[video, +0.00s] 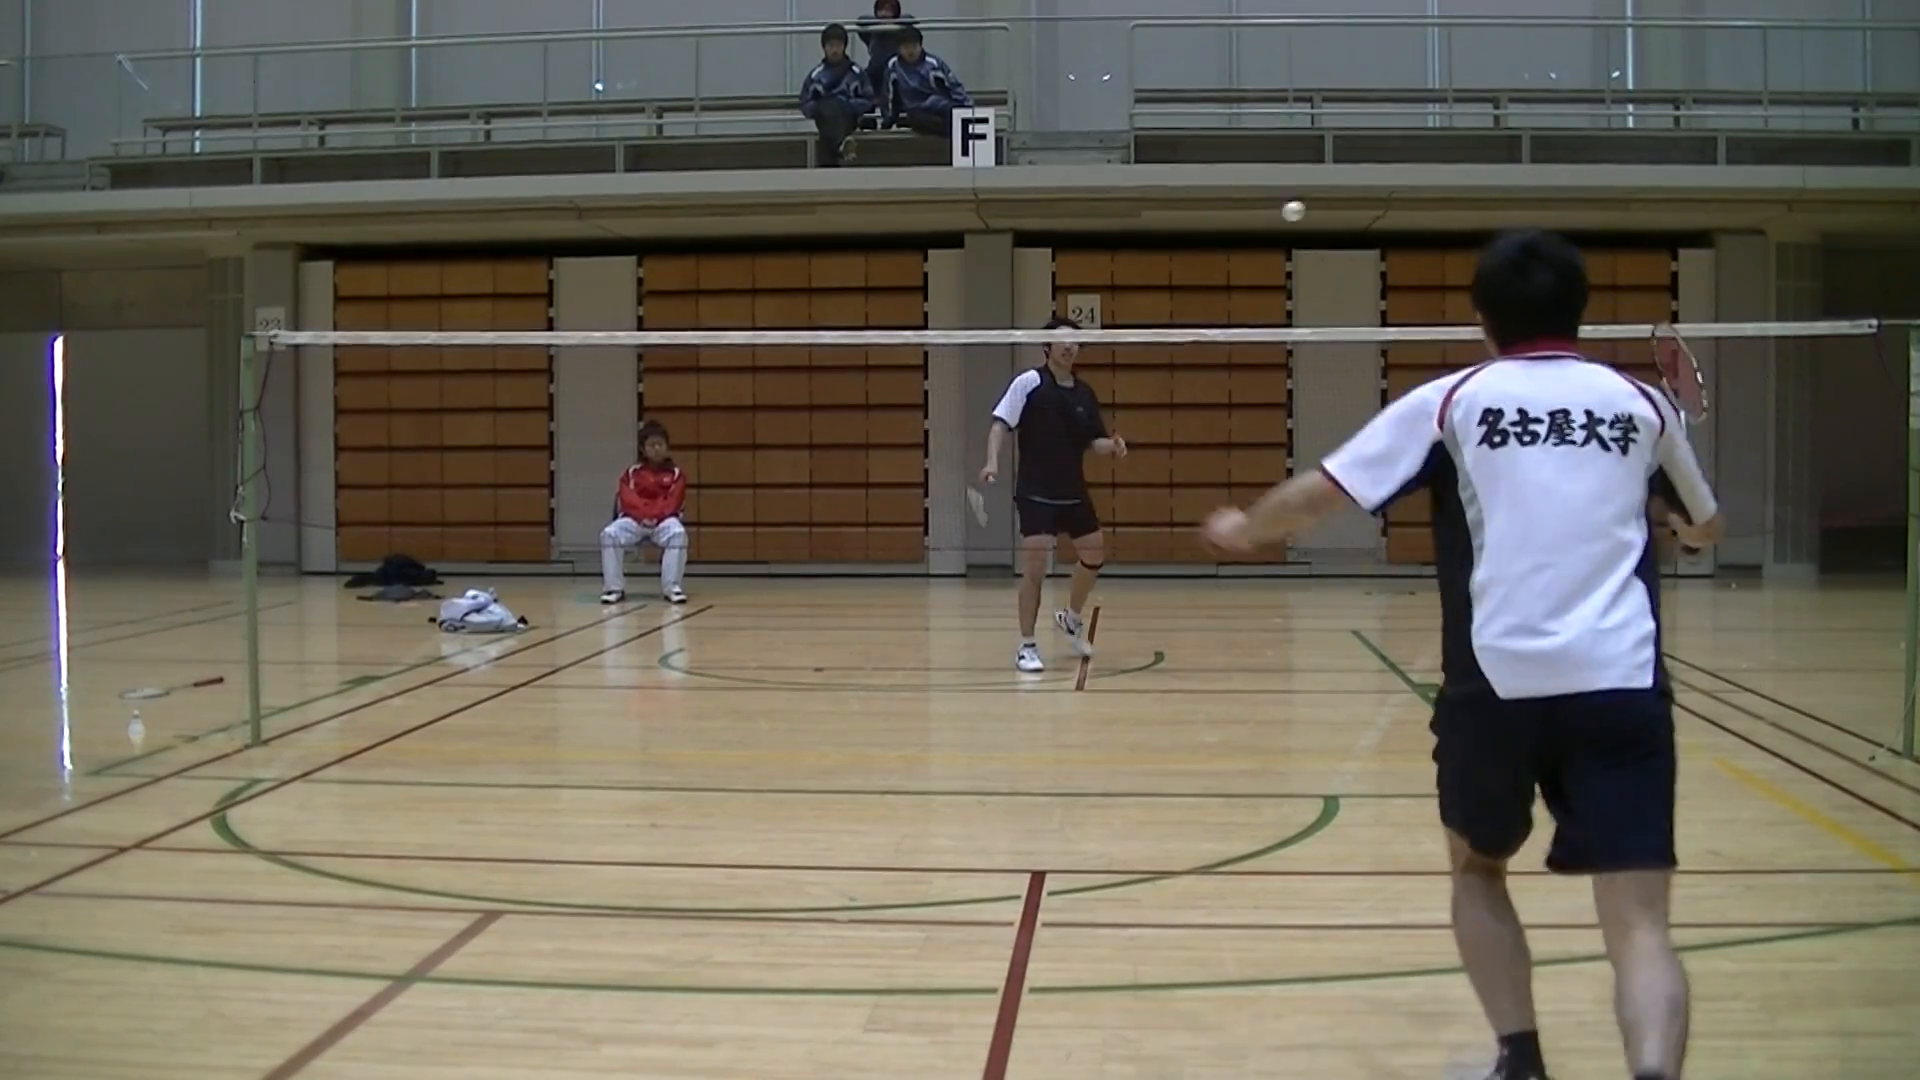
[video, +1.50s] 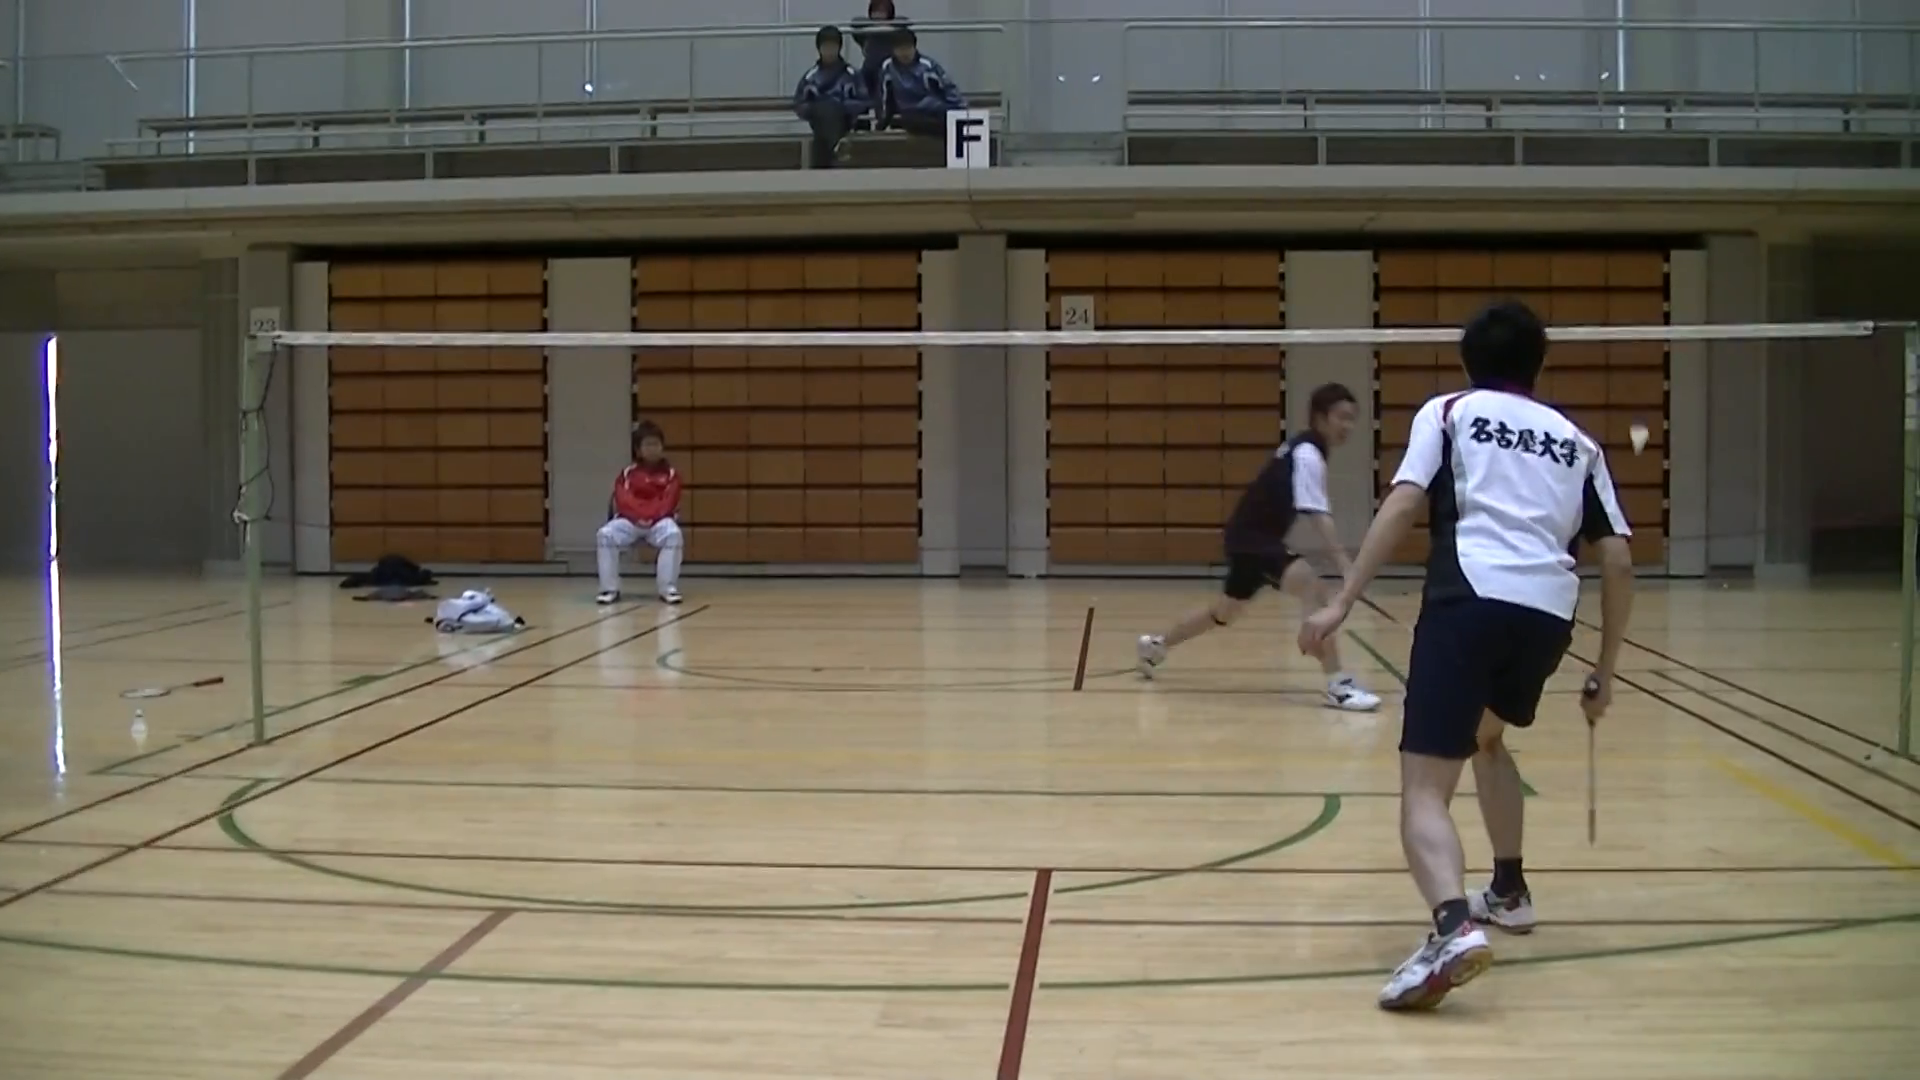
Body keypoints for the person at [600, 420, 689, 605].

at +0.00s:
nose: (656, 449)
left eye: (660, 444)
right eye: (651, 445)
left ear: (667, 447)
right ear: (643, 449)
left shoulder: (676, 474)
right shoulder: (632, 472)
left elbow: (673, 503)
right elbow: (627, 499)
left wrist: (655, 517)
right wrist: (643, 515)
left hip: (663, 519)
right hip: (634, 519)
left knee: (678, 535)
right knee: (609, 535)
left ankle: (672, 587)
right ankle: (614, 588)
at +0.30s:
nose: (656, 449)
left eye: (659, 444)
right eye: (651, 445)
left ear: (666, 447)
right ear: (642, 449)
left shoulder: (675, 474)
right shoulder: (631, 472)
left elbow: (672, 503)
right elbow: (626, 499)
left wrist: (654, 516)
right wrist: (643, 515)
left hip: (662, 519)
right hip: (633, 519)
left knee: (677, 535)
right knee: (609, 535)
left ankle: (671, 587)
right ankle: (613, 589)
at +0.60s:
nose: (664, 449)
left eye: (669, 444)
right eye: (659, 445)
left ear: (676, 447)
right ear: (651, 449)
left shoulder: (683, 475)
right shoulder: (640, 473)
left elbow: (680, 505)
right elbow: (635, 500)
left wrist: (660, 516)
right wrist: (652, 515)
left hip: (671, 519)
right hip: (643, 519)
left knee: (687, 534)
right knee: (618, 535)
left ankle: (682, 587)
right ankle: (622, 589)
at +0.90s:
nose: (694, 448)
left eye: (698, 443)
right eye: (688, 444)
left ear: (704, 446)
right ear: (678, 448)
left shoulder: (712, 472)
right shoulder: (668, 472)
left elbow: (709, 502)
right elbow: (665, 501)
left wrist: (691, 515)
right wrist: (682, 514)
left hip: (700, 518)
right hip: (672, 518)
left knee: (714, 534)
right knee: (647, 534)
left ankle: (709, 585)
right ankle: (650, 588)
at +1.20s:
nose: (660, 448)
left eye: (664, 443)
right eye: (655, 443)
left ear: (670, 445)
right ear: (646, 448)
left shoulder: (678, 472)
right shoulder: (636, 471)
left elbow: (676, 500)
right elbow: (630, 498)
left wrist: (660, 515)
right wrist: (645, 514)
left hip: (666, 518)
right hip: (638, 518)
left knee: (681, 534)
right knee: (613, 534)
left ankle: (675, 586)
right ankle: (617, 588)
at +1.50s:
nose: (653, 449)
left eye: (656, 444)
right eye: (648, 445)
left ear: (662, 447)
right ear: (638, 450)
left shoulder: (670, 474)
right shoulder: (628, 473)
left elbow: (669, 503)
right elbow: (623, 501)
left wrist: (652, 518)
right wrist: (638, 516)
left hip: (659, 520)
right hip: (630, 520)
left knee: (673, 536)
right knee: (606, 535)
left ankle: (668, 587)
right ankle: (609, 589)